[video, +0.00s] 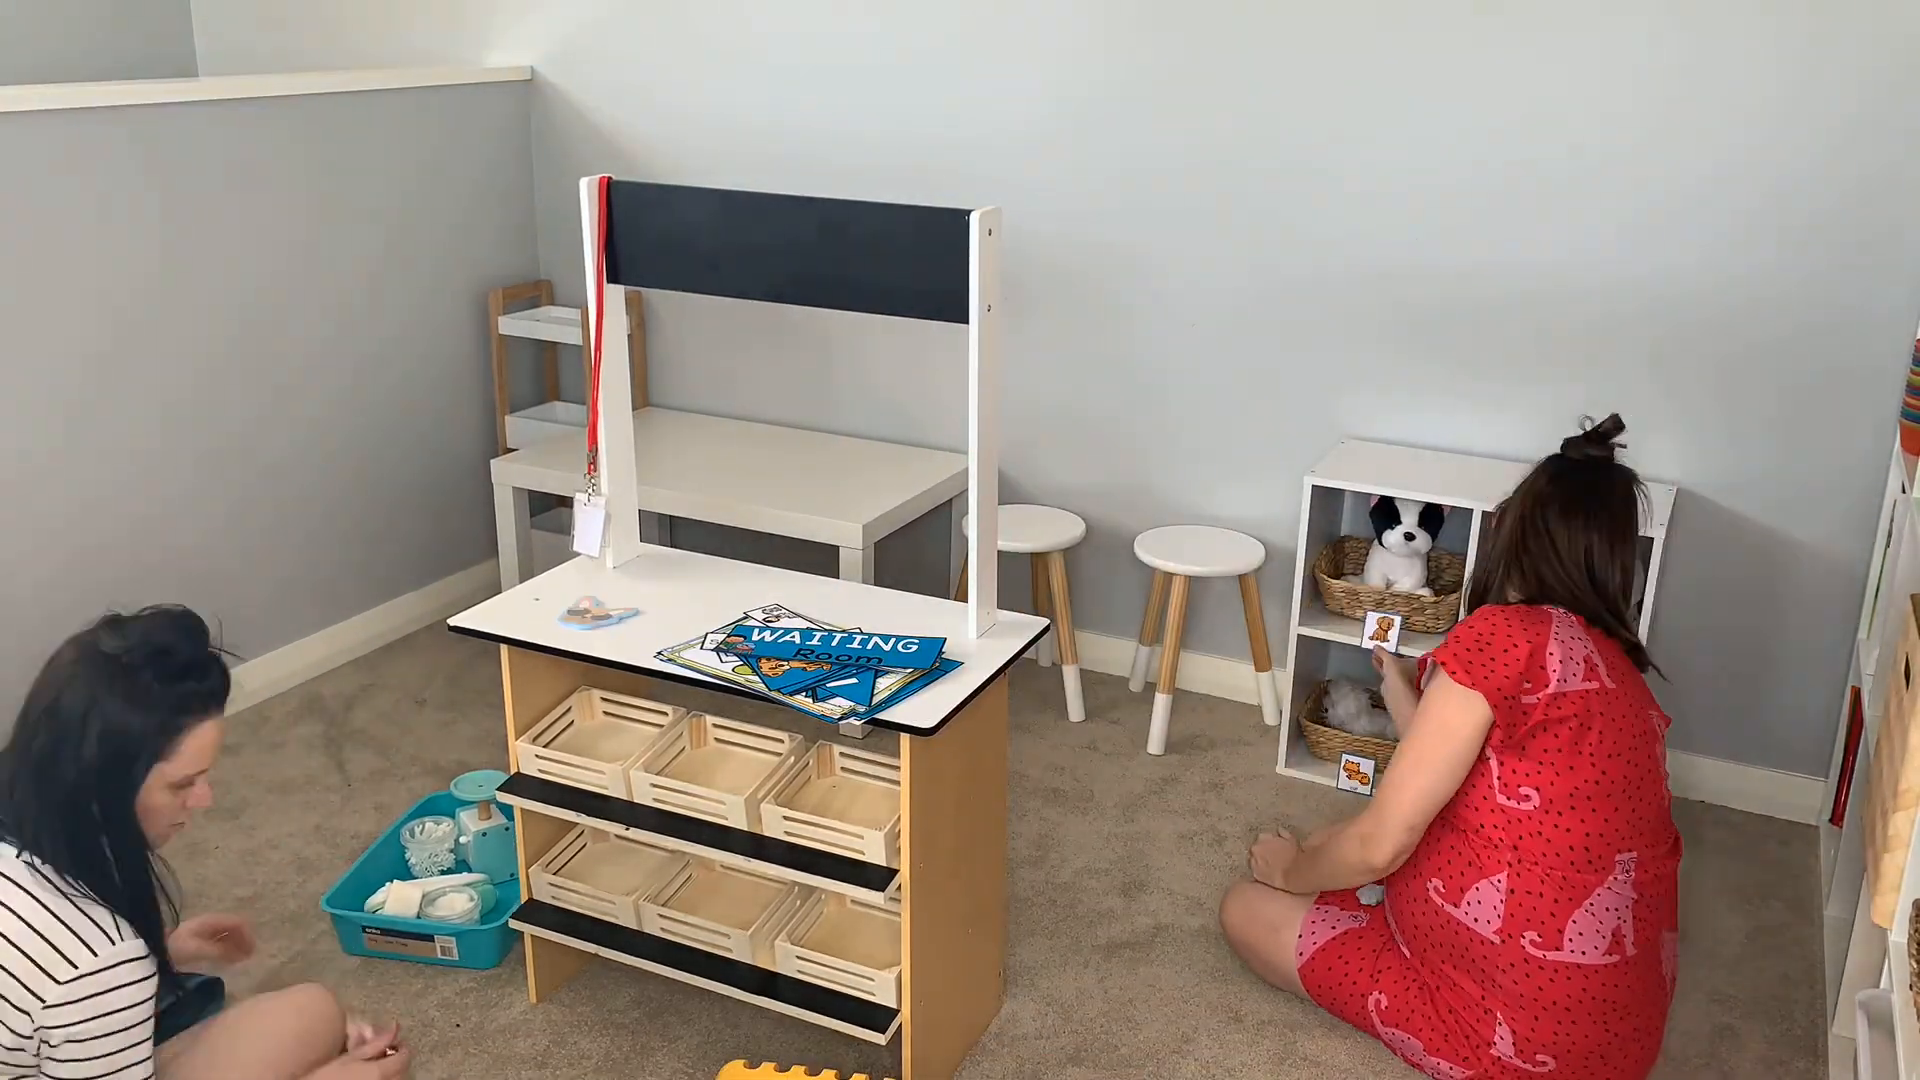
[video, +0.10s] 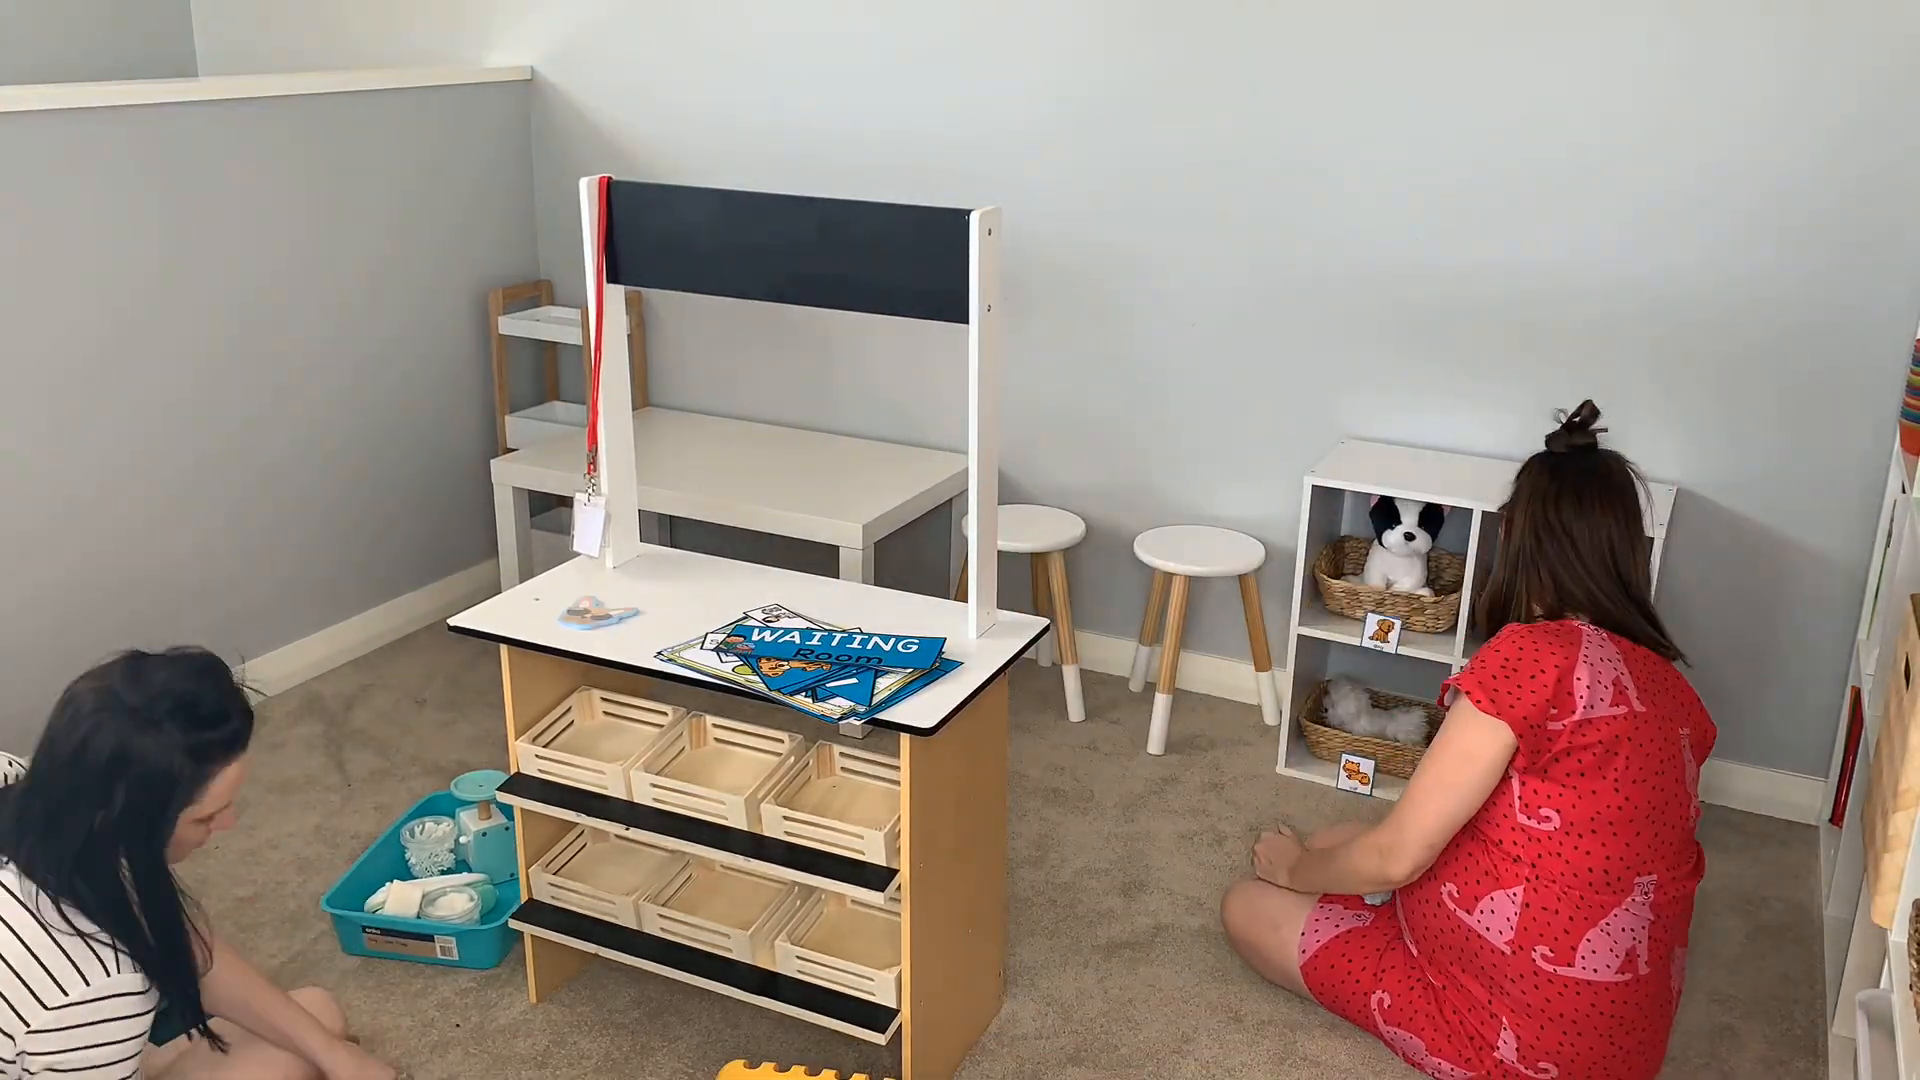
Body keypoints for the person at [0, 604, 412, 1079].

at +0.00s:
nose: (204, 800)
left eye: (206, 774)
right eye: (184, 783)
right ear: (104, 777)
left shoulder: (17, 836)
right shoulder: (101, 959)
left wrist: (160, 951)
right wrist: (327, 1076)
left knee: (312, 1009)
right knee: (310, 1009)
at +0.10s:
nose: (227, 822)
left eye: (227, 804)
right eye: (210, 817)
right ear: (133, 814)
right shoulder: (89, 993)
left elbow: (181, 945)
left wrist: (330, 1055)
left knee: (317, 1010)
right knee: (317, 1008)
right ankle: (156, 1056)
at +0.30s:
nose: (154, 840)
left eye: (159, 810)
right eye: (126, 821)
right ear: (47, 807)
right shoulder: (54, 985)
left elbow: (136, 1066)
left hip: (125, 1063)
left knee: (358, 1060)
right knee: (311, 1012)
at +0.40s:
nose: (153, 811)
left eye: (153, 779)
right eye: (121, 798)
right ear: (35, 796)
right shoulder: (67, 973)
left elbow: (118, 959)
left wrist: (178, 1031)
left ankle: (312, 1005)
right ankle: (316, 1022)